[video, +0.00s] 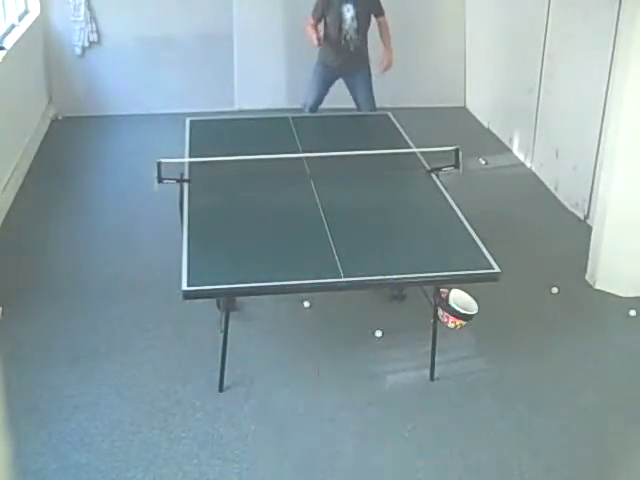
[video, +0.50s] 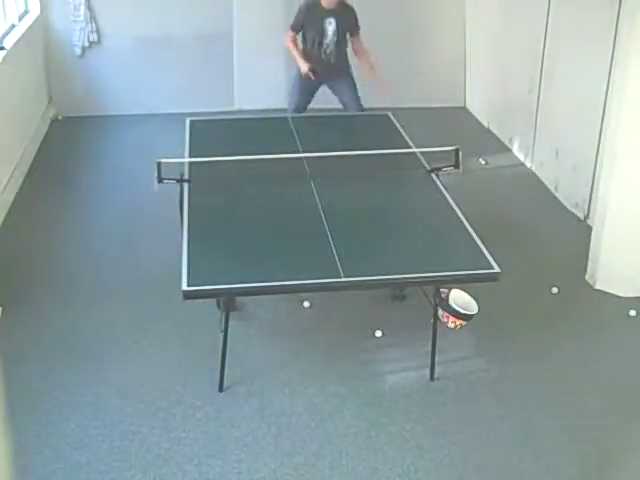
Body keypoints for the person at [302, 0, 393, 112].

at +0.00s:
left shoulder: (371, 3)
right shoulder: (325, 3)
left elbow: (381, 21)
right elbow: (312, 22)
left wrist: (388, 51)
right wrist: (315, 36)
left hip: (357, 62)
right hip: (328, 60)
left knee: (369, 111)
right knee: (309, 106)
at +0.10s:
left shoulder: (365, 2)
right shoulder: (321, 2)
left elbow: (377, 22)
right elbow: (308, 26)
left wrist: (385, 52)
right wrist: (317, 41)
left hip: (355, 63)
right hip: (326, 61)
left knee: (367, 110)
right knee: (306, 106)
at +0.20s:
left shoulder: (358, 3)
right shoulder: (314, 3)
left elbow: (369, 26)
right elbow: (301, 30)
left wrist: (380, 52)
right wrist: (308, 43)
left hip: (349, 64)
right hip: (320, 63)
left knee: (361, 111)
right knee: (300, 109)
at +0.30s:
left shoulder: (351, 2)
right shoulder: (309, 3)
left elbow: (363, 28)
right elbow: (295, 33)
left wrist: (373, 53)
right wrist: (306, 52)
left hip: (344, 67)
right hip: (315, 67)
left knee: (359, 112)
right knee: (296, 110)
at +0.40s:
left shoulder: (348, 3)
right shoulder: (307, 5)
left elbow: (357, 31)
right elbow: (293, 34)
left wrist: (367, 58)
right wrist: (302, 57)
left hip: (342, 68)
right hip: (314, 67)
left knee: (358, 111)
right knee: (295, 110)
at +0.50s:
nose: (334, 2)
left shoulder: (347, 10)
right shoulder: (308, 8)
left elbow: (356, 42)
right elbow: (291, 37)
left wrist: (369, 66)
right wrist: (302, 63)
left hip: (338, 71)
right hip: (310, 70)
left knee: (356, 111)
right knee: (294, 112)